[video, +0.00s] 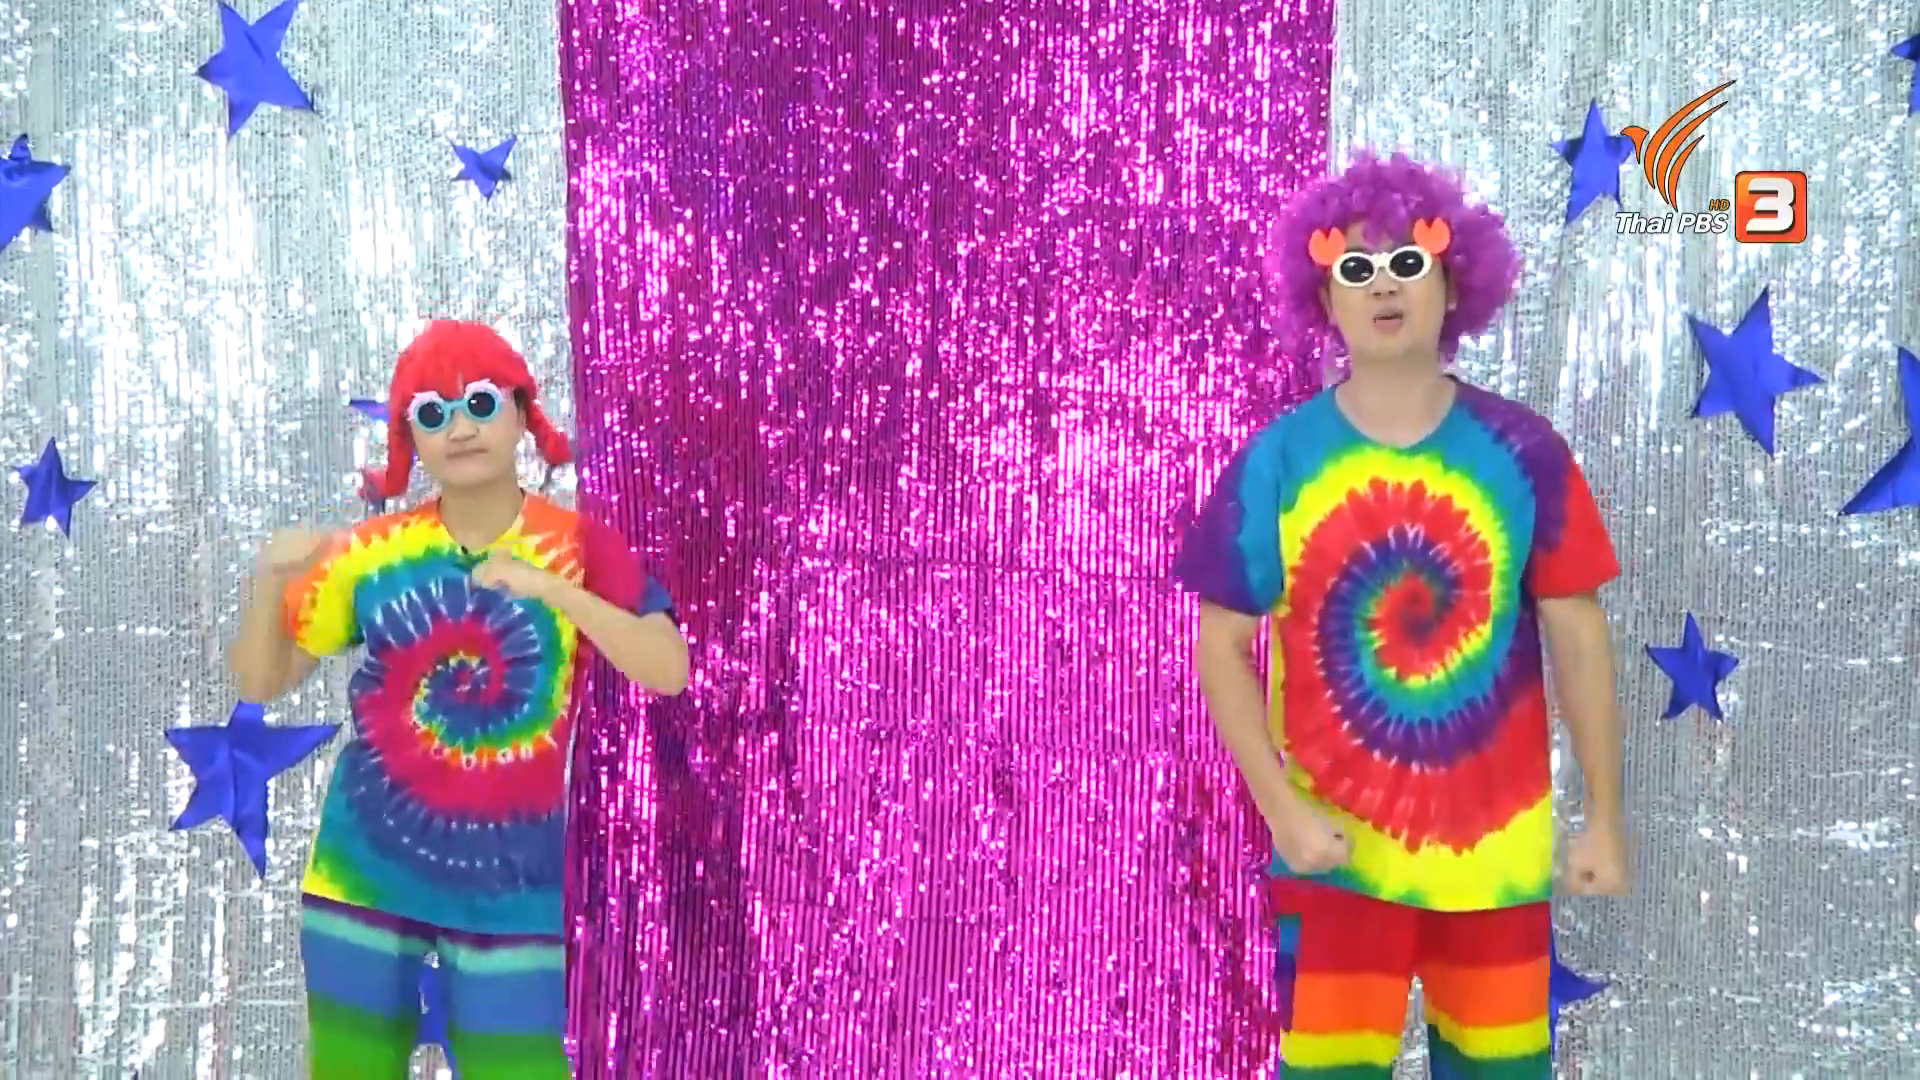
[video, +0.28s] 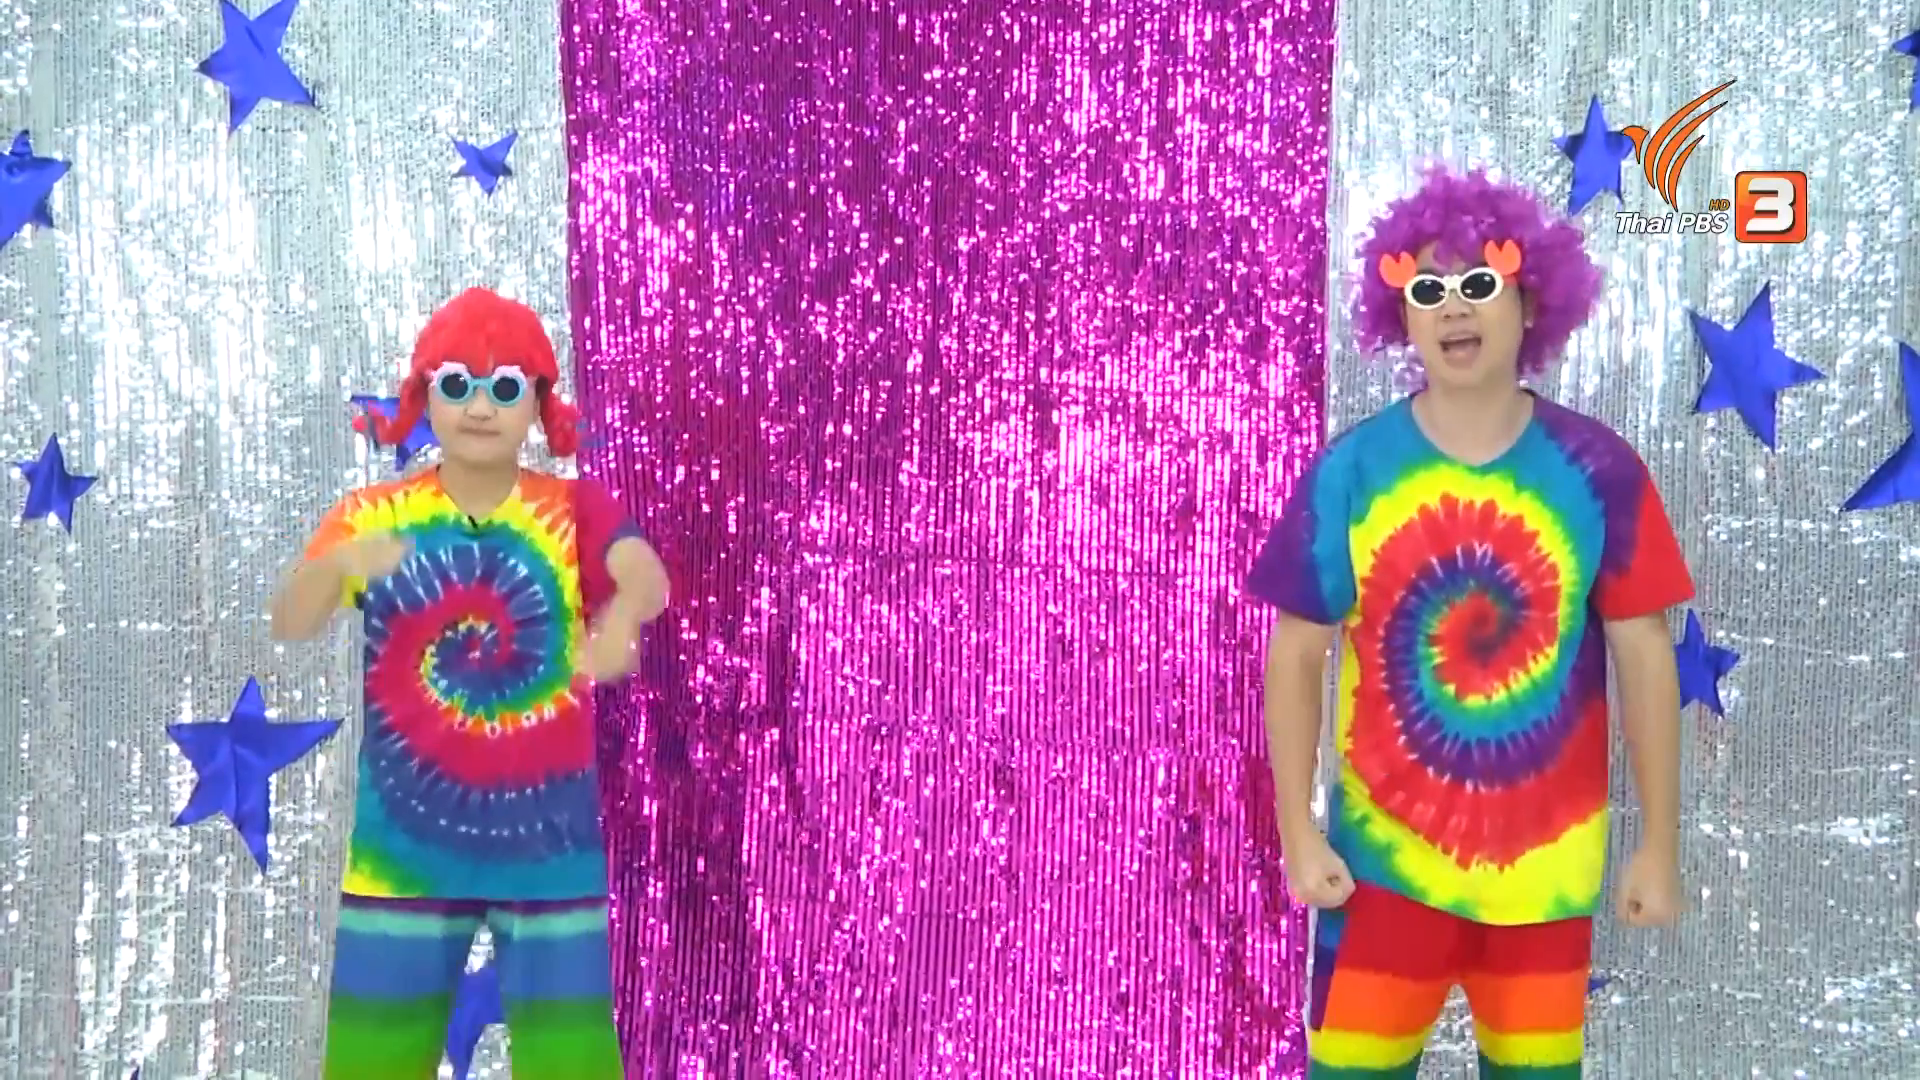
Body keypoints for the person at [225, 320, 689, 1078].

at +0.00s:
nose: (461, 426)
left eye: (483, 402)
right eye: (434, 412)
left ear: (522, 420)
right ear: (412, 441)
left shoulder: (577, 542)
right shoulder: (371, 549)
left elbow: (668, 668)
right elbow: (261, 679)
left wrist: (556, 590)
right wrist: (267, 577)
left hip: (513, 894)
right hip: (364, 885)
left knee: (518, 1068)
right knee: (350, 1067)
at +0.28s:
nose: (481, 407)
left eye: (506, 387)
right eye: (456, 386)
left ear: (538, 408)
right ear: (425, 403)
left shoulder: (577, 510)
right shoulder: (370, 513)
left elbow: (645, 575)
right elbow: (290, 624)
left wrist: (622, 622)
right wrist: (336, 563)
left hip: (550, 846)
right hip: (403, 847)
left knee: (570, 1058)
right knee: (374, 1058)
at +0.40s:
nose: (482, 410)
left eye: (509, 396)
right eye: (462, 386)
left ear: (534, 421)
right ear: (426, 397)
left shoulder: (568, 509)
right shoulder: (366, 518)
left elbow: (626, 617)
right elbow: (348, 606)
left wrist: (688, 727)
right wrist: (356, 682)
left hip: (568, 834)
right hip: (425, 838)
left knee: (593, 1052)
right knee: (400, 1055)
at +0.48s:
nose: (486, 423)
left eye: (513, 412)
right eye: (466, 398)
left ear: (537, 436)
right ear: (428, 410)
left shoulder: (572, 528)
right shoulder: (368, 539)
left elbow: (632, 668)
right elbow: (358, 679)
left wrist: (691, 804)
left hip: (587, 853)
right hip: (437, 861)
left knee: (606, 1063)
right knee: (424, 1065)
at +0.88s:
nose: (470, 390)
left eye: (493, 366)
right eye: (442, 375)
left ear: (530, 387)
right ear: (417, 403)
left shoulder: (585, 513)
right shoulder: (376, 519)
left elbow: (638, 635)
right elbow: (342, 650)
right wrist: (323, 741)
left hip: (548, 838)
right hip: (396, 842)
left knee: (586, 1058)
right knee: (378, 1060)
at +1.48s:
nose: (506, 407)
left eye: (531, 386)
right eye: (481, 386)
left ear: (563, 404)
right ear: (449, 403)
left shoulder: (598, 511)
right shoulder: (410, 521)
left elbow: (617, 692)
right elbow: (401, 680)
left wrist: (673, 614)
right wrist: (332, 625)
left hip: (594, 841)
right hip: (461, 845)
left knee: (610, 1064)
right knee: (421, 1063)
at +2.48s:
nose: (483, 371)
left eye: (503, 350)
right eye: (455, 352)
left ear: (527, 378)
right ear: (411, 382)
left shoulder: (563, 495)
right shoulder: (356, 507)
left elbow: (623, 648)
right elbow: (294, 676)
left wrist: (624, 563)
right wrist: (324, 603)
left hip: (543, 829)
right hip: (399, 835)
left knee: (573, 1056)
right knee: (383, 1058)